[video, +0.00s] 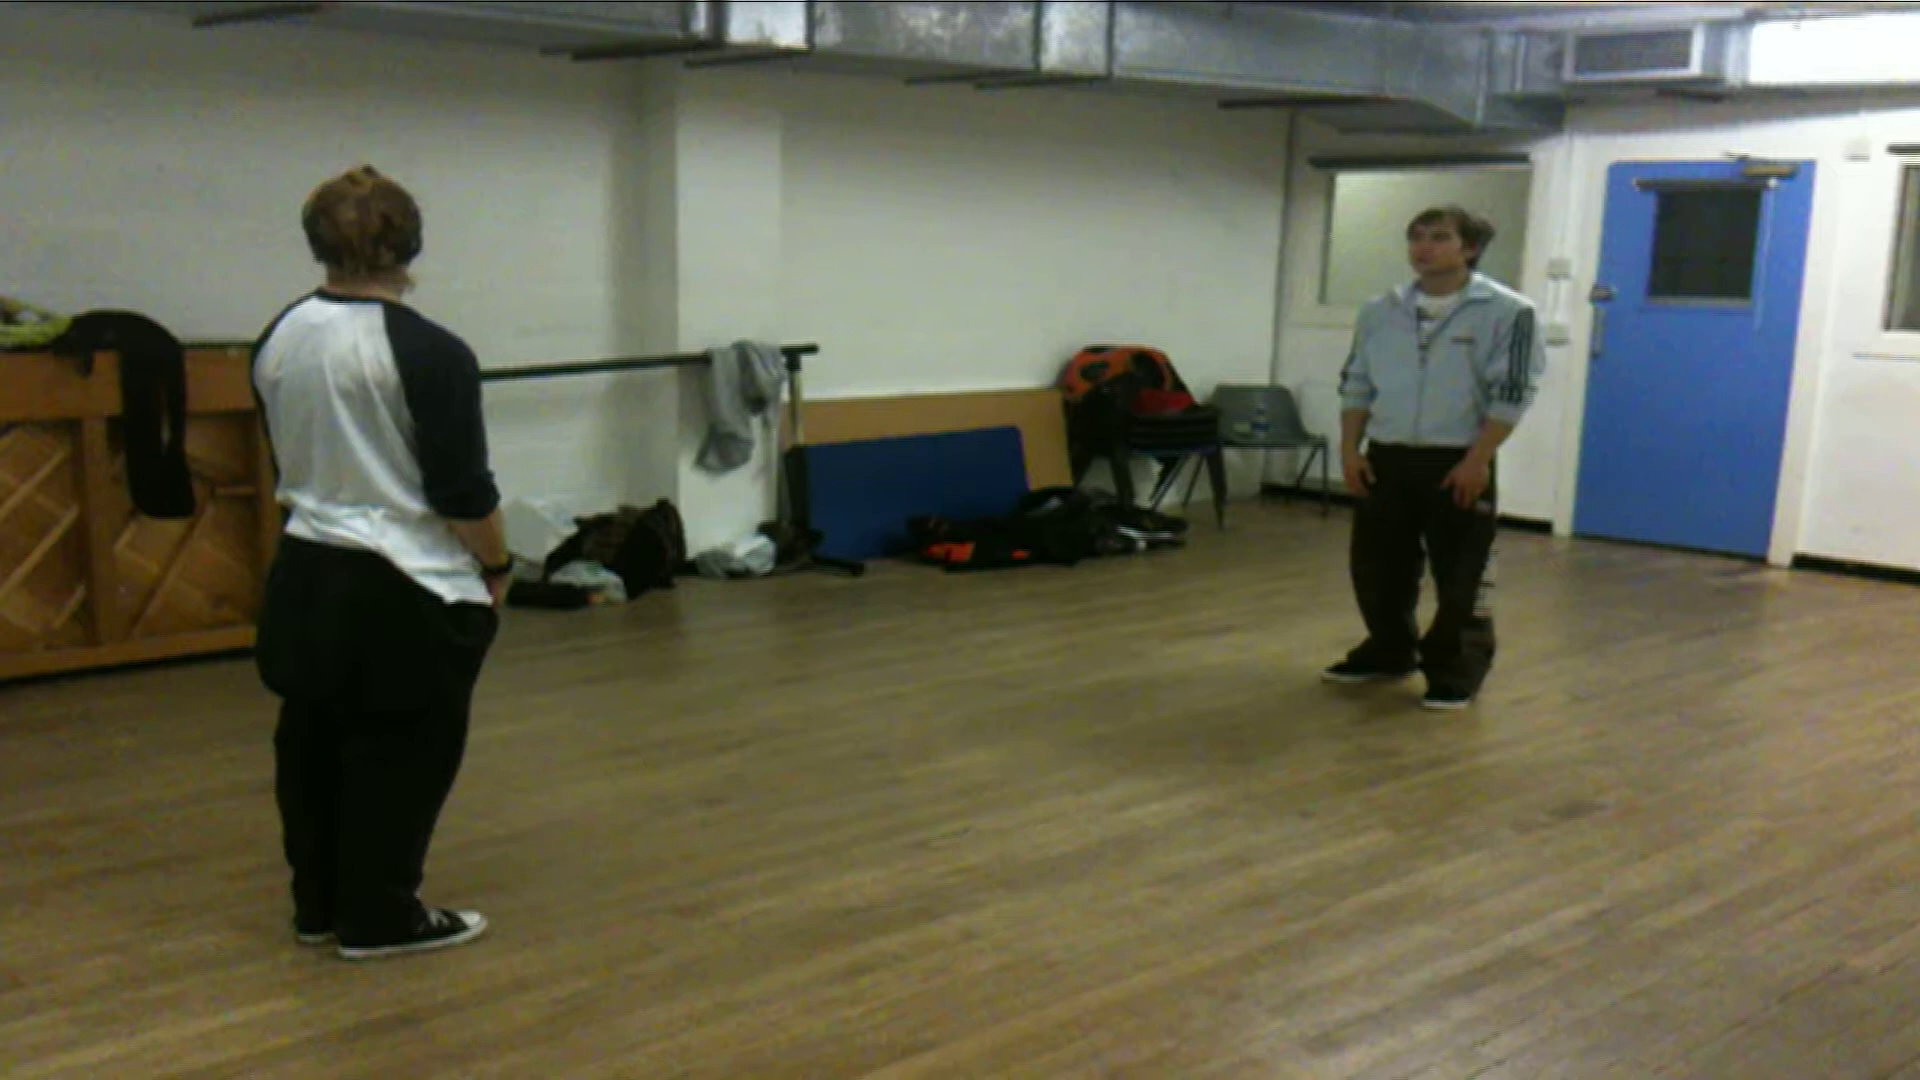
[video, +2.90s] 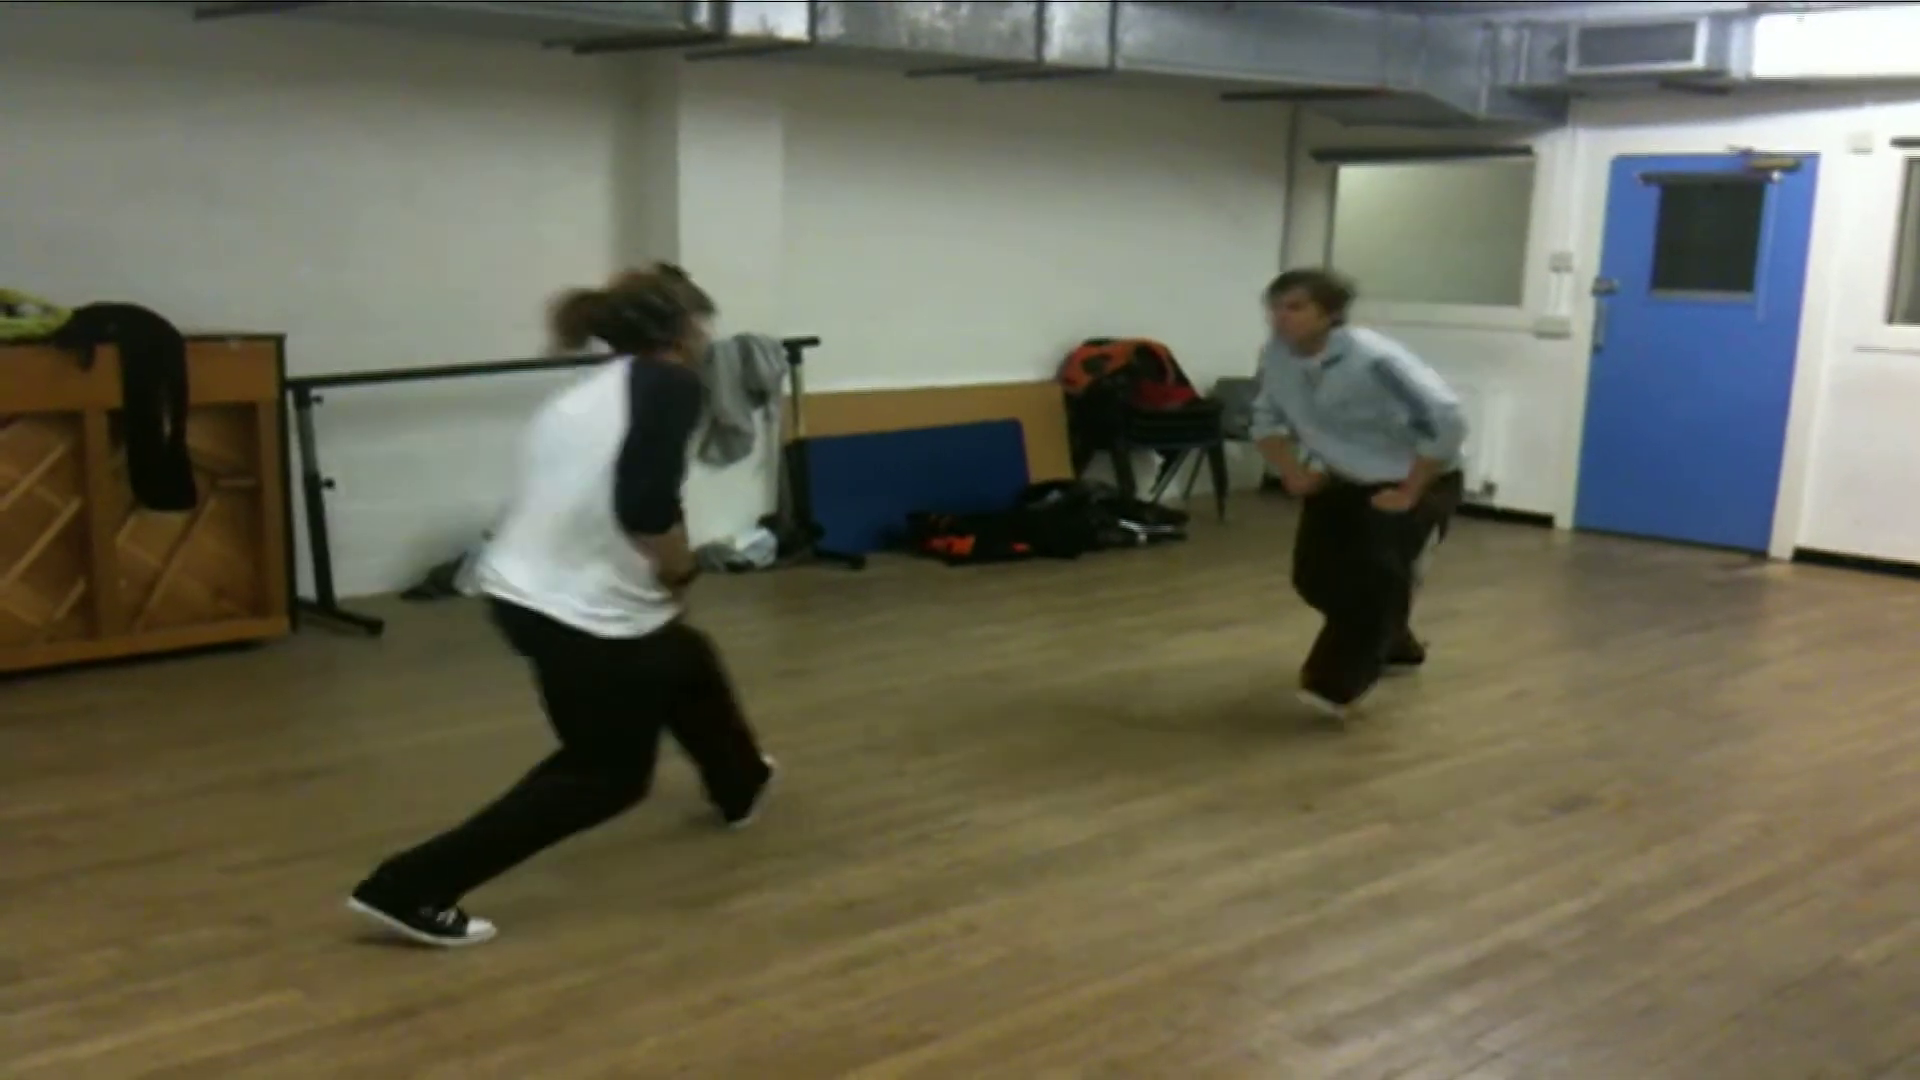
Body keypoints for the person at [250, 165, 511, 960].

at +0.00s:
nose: (414, 250)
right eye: (411, 240)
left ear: (321, 246)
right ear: (406, 247)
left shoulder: (278, 341)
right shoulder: (431, 355)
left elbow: (291, 468)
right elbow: (464, 492)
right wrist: (495, 566)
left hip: (308, 581)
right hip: (412, 595)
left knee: (314, 737)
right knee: (410, 753)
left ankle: (320, 902)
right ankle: (382, 913)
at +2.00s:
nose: (443, 237)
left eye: (442, 223)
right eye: (437, 224)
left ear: (348, 232)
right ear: (409, 233)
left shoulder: (286, 326)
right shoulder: (423, 344)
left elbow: (289, 456)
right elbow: (457, 483)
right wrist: (490, 554)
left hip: (294, 572)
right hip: (396, 586)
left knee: (310, 725)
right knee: (407, 741)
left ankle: (315, 895)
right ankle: (374, 905)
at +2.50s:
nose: (525, 247)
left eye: (522, 233)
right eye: (516, 234)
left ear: (440, 246)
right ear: (479, 248)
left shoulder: (375, 326)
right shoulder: (480, 354)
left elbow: (370, 461)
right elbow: (498, 500)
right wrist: (512, 588)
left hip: (341, 576)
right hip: (428, 594)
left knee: (355, 736)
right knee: (434, 757)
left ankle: (325, 900)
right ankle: (379, 910)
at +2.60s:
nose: (562, 257)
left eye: (560, 242)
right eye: (554, 245)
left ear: (479, 253)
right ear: (521, 257)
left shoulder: (416, 321)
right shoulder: (508, 353)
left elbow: (430, 458)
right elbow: (538, 505)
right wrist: (550, 587)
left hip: (380, 566)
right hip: (456, 586)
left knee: (420, 730)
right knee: (451, 751)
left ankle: (349, 872)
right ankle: (378, 907)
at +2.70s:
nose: (601, 279)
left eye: (600, 264)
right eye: (595, 266)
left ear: (518, 267)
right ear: (569, 273)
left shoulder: (458, 336)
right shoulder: (552, 367)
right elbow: (583, 507)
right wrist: (592, 581)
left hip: (420, 564)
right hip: (488, 577)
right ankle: (383, 902)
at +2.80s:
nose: (648, 308)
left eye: (646, 293)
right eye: (641, 295)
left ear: (569, 301)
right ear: (616, 304)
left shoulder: (522, 362)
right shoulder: (607, 383)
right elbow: (624, 521)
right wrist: (630, 585)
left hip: (461, 568)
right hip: (511, 585)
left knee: (628, 666)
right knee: (582, 744)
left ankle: (631, 818)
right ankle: (400, 886)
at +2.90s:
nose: (707, 343)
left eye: (706, 328)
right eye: (701, 330)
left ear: (631, 331)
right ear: (673, 334)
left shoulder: (587, 386)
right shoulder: (668, 384)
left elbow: (570, 493)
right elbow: (646, 500)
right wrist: (678, 566)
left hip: (525, 587)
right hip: (582, 607)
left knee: (685, 662)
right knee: (611, 773)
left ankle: (738, 783)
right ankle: (411, 887)